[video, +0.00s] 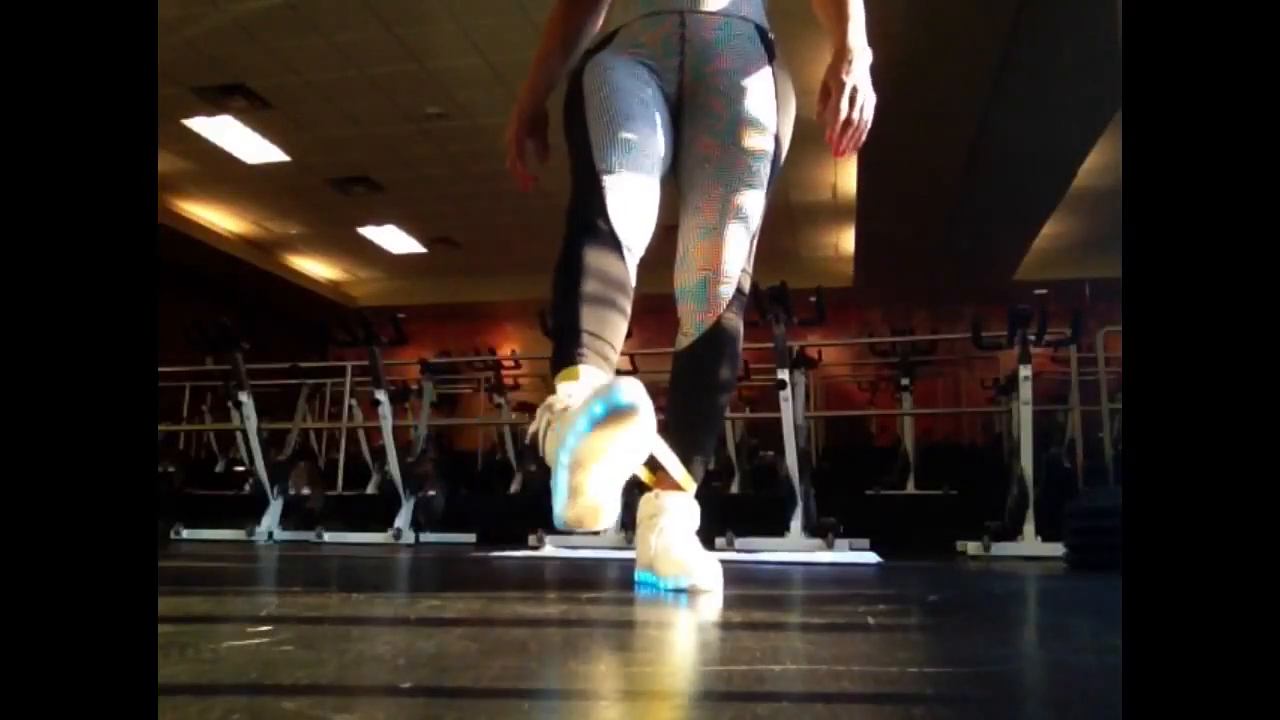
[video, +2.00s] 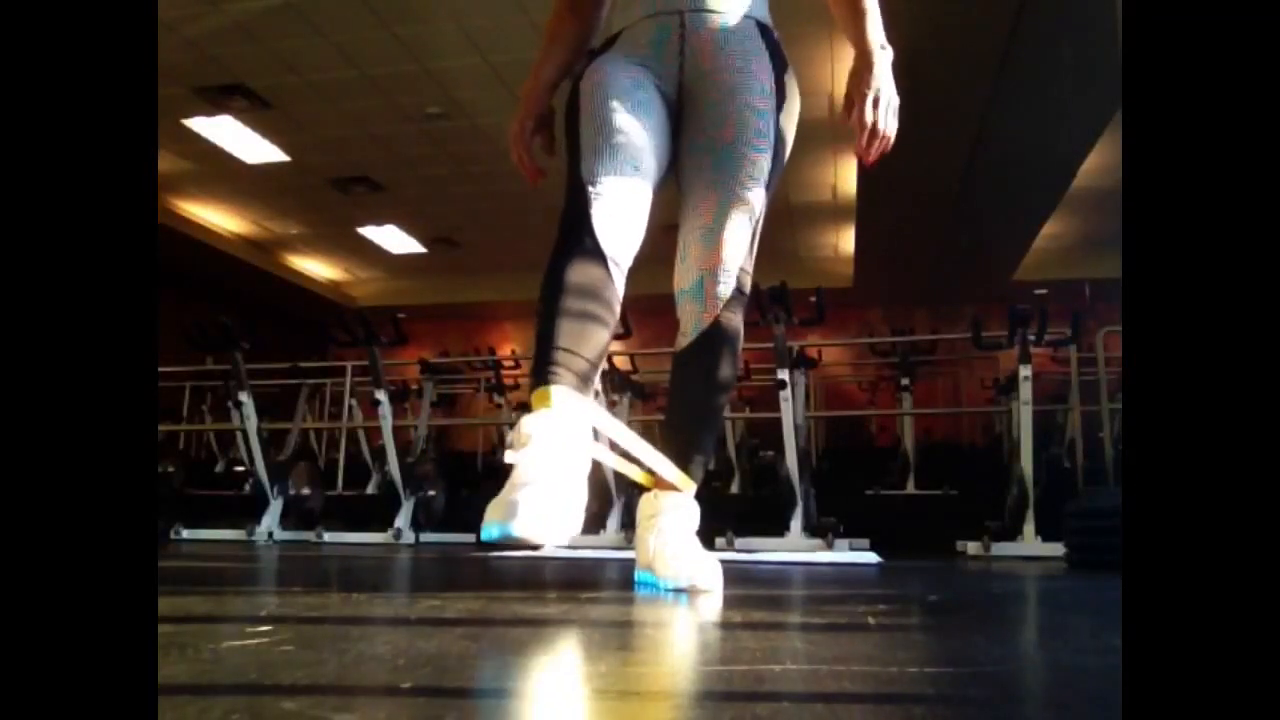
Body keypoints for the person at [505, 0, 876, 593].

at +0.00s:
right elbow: (586, 4)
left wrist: (853, 49)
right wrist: (535, 95)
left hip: (739, 31)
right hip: (625, 32)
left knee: (715, 283)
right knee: (615, 190)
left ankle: (672, 512)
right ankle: (578, 407)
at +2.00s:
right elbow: (580, 8)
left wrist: (873, 50)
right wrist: (539, 89)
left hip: (740, 30)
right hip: (627, 33)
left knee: (717, 271)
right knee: (603, 210)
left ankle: (670, 516)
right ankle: (551, 459)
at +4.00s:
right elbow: (597, 3)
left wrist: (862, 83)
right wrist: (555, 72)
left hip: (740, 32)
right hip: (633, 35)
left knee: (719, 278)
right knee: (590, 202)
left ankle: (672, 516)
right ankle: (525, 419)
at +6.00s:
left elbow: (833, 5)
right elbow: (595, 4)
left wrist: (836, 85)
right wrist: (555, 98)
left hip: (739, 28)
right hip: (630, 27)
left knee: (719, 267)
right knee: (602, 198)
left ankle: (674, 513)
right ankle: (550, 421)